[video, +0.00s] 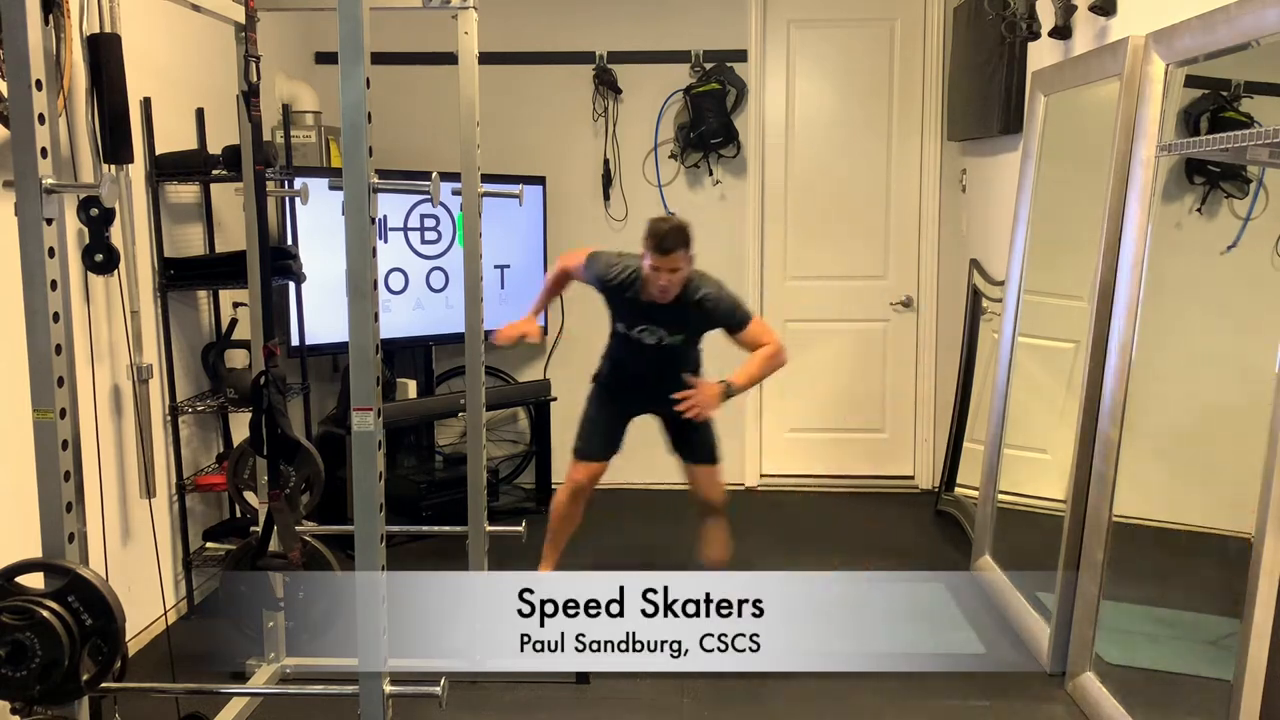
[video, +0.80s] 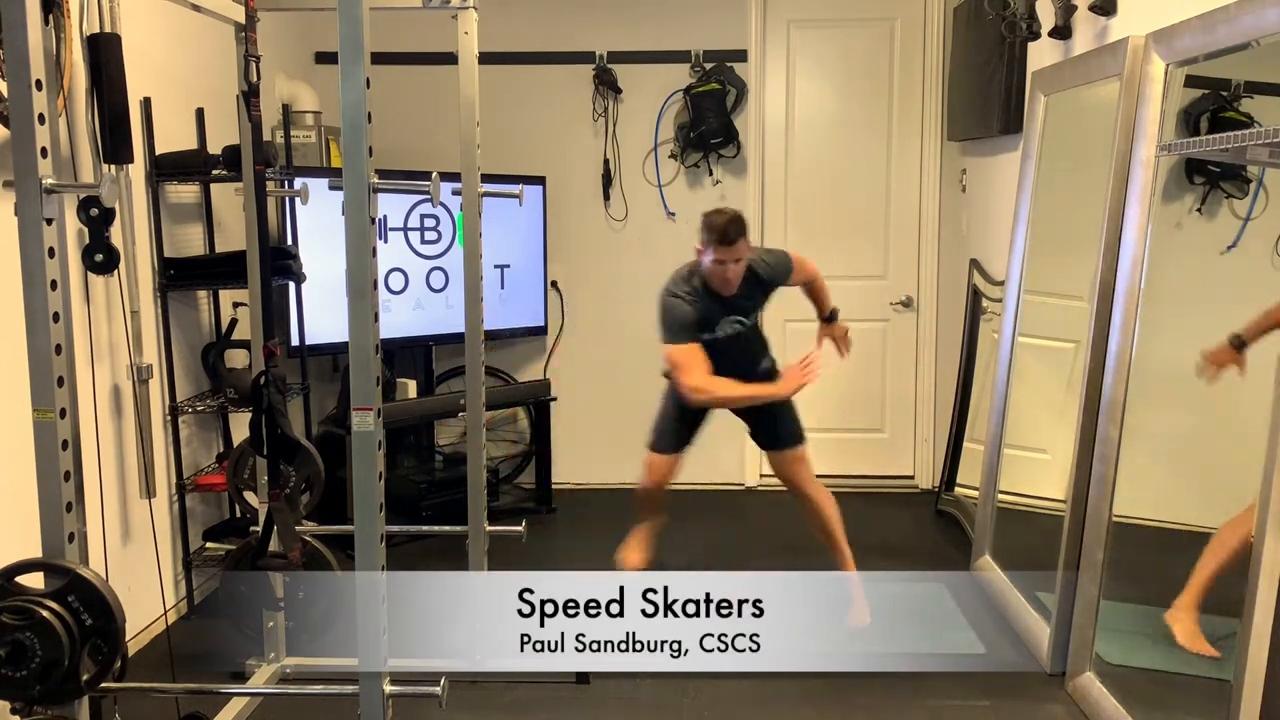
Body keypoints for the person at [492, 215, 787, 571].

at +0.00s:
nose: (665, 280)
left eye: (674, 271)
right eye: (656, 269)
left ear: (689, 262)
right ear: (644, 258)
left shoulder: (707, 296)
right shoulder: (617, 274)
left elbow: (774, 352)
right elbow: (565, 266)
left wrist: (724, 389)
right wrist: (533, 316)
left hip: (679, 393)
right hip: (616, 387)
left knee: (712, 498)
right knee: (578, 482)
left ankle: (715, 590)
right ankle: (545, 572)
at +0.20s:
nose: (616, 320)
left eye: (626, 310)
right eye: (608, 309)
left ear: (642, 300)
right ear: (596, 296)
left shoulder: (659, 336)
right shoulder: (577, 304)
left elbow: (671, 428)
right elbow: (522, 306)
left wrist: (600, 426)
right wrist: (469, 337)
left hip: (622, 415)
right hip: (577, 393)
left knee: (556, 483)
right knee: (560, 489)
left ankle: (491, 520)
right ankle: (541, 575)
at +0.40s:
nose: (621, 331)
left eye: (630, 321)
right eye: (613, 321)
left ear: (644, 310)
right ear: (597, 307)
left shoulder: (659, 340)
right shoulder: (573, 316)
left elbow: (684, 431)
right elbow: (502, 333)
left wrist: (617, 451)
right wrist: (454, 381)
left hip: (617, 414)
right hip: (569, 396)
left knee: (575, 497)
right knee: (552, 486)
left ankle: (512, 501)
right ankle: (539, 575)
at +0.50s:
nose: (637, 315)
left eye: (645, 305)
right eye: (628, 306)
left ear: (657, 294)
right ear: (611, 295)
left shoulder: (674, 327)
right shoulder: (582, 317)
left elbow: (722, 391)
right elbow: (506, 357)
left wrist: (695, 448)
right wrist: (480, 425)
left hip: (632, 404)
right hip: (576, 396)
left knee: (628, 502)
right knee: (555, 489)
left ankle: (599, 517)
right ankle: (539, 572)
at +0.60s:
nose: (659, 293)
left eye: (667, 282)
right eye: (649, 283)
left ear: (676, 273)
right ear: (630, 274)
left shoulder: (693, 301)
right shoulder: (602, 310)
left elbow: (755, 338)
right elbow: (543, 377)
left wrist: (762, 405)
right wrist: (556, 456)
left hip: (661, 392)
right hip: (600, 394)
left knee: (706, 488)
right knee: (564, 487)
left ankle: (714, 546)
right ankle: (540, 570)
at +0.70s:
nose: (695, 274)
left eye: (703, 263)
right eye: (685, 264)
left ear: (712, 252)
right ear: (665, 254)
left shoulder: (729, 270)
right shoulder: (638, 293)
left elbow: (781, 293)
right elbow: (614, 379)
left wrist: (803, 354)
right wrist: (670, 430)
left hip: (708, 372)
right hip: (648, 376)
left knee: (755, 466)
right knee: (601, 468)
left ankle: (808, 561)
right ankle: (555, 563)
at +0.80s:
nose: (730, 273)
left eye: (738, 262)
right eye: (720, 263)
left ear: (748, 251)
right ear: (700, 253)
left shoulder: (765, 268)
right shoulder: (680, 296)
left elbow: (808, 275)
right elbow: (694, 387)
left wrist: (828, 318)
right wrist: (778, 389)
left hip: (754, 373)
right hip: (693, 378)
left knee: (800, 478)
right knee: (651, 481)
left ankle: (850, 575)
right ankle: (645, 530)